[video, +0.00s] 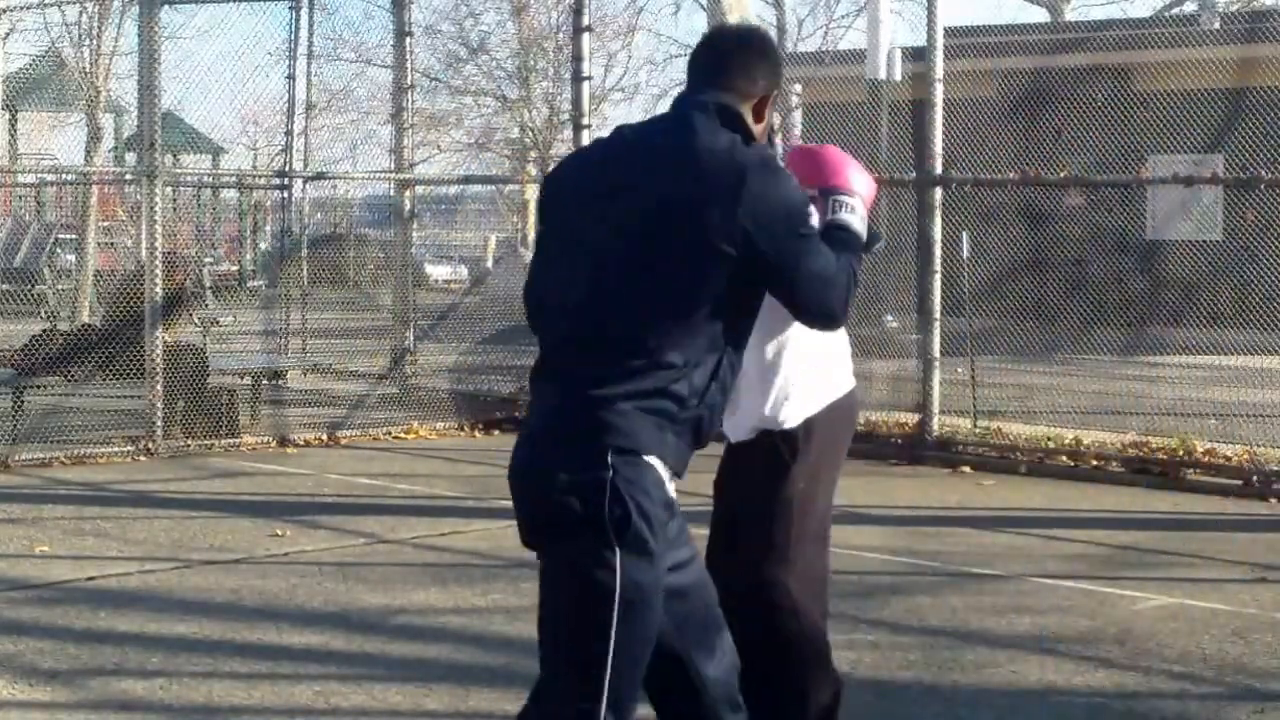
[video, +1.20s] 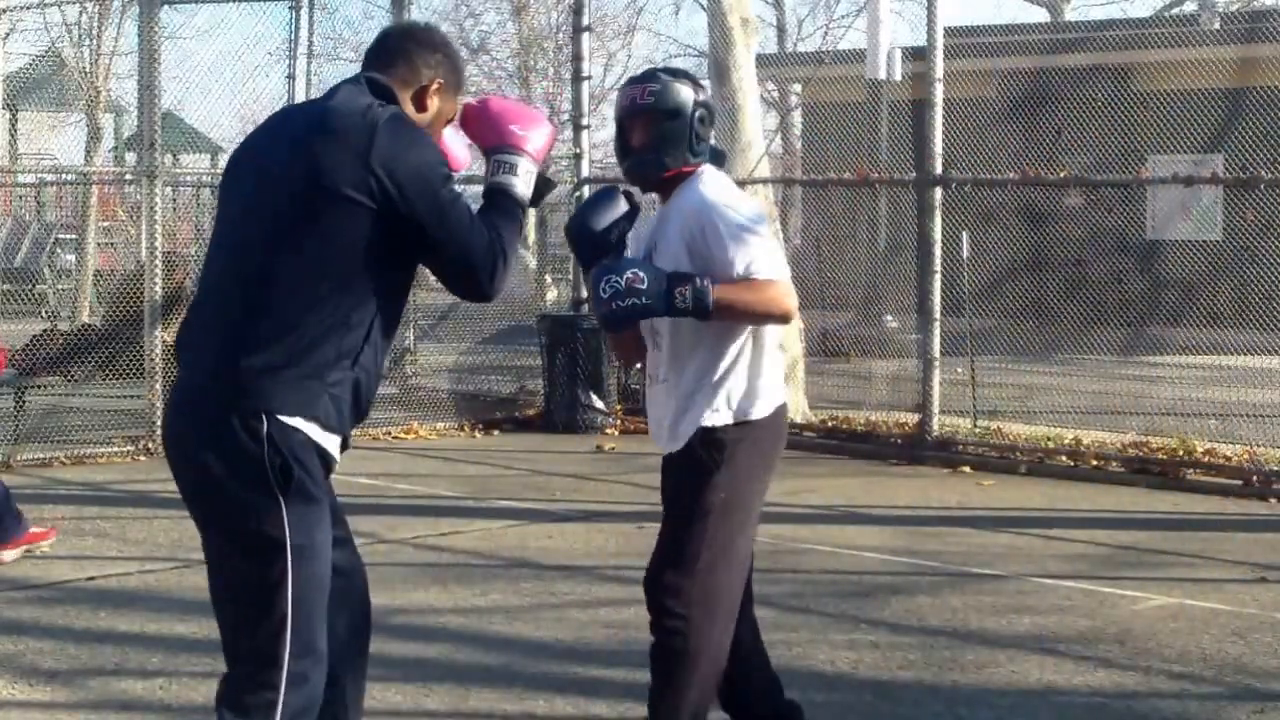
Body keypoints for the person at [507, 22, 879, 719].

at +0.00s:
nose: (773, 124)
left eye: (772, 112)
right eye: (776, 110)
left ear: (690, 87)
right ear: (763, 105)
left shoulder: (579, 166)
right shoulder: (744, 172)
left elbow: (543, 303)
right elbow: (826, 299)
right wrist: (848, 217)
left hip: (552, 447)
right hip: (623, 463)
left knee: (703, 676)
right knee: (587, 696)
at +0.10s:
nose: (725, 129)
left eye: (730, 117)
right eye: (729, 115)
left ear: (645, 83)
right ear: (713, 104)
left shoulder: (526, 160)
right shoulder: (690, 173)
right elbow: (773, 303)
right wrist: (790, 215)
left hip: (488, 451)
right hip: (565, 469)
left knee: (632, 632)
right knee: (586, 697)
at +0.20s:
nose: (665, 108)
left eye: (666, 95)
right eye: (669, 93)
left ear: (586, 58)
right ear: (654, 79)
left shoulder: (488, 128)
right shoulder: (611, 144)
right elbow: (716, 264)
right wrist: (729, 167)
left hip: (443, 438)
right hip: (508, 457)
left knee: (584, 602)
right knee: (543, 692)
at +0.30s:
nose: (610, 108)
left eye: (614, 94)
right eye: (613, 92)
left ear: (534, 56)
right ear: (596, 76)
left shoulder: (447, 122)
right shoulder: (561, 137)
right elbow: (671, 252)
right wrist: (681, 145)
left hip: (401, 435)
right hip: (466, 451)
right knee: (520, 691)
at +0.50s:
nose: (540, 123)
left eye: (540, 114)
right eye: (542, 111)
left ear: (461, 84)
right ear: (529, 101)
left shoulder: (371, 147)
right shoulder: (521, 156)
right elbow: (600, 276)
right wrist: (600, 183)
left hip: (317, 428)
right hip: (398, 435)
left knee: (404, 660)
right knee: (478, 678)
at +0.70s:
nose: (472, 107)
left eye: (472, 95)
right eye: (472, 93)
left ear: (384, 68)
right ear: (455, 84)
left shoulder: (291, 140)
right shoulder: (445, 145)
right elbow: (531, 270)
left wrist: (464, 147)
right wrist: (538, 159)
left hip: (270, 439)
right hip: (353, 450)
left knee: (341, 679)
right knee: (381, 689)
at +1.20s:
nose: (441, 134)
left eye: (448, 120)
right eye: (446, 117)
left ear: (372, 73)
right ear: (425, 91)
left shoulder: (273, 133)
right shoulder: (389, 138)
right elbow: (481, 273)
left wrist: (433, 170)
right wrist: (511, 173)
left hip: (213, 418)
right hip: (269, 430)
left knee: (342, 616)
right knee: (283, 671)